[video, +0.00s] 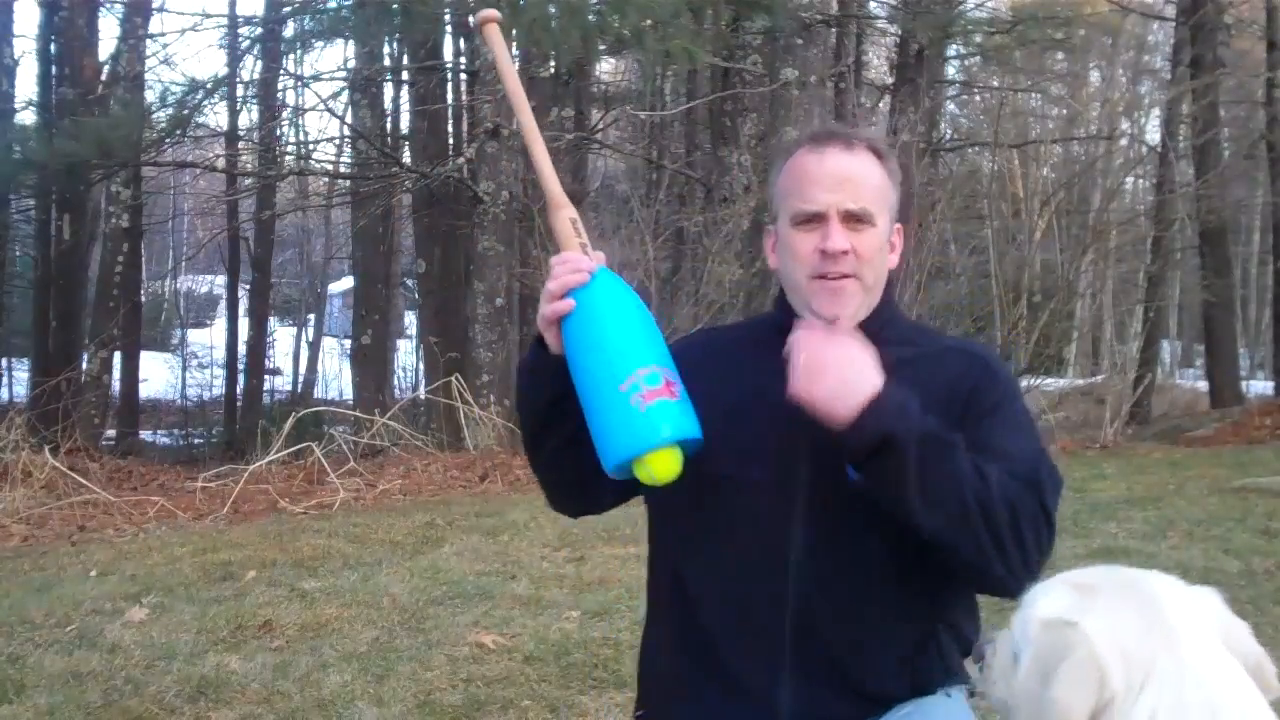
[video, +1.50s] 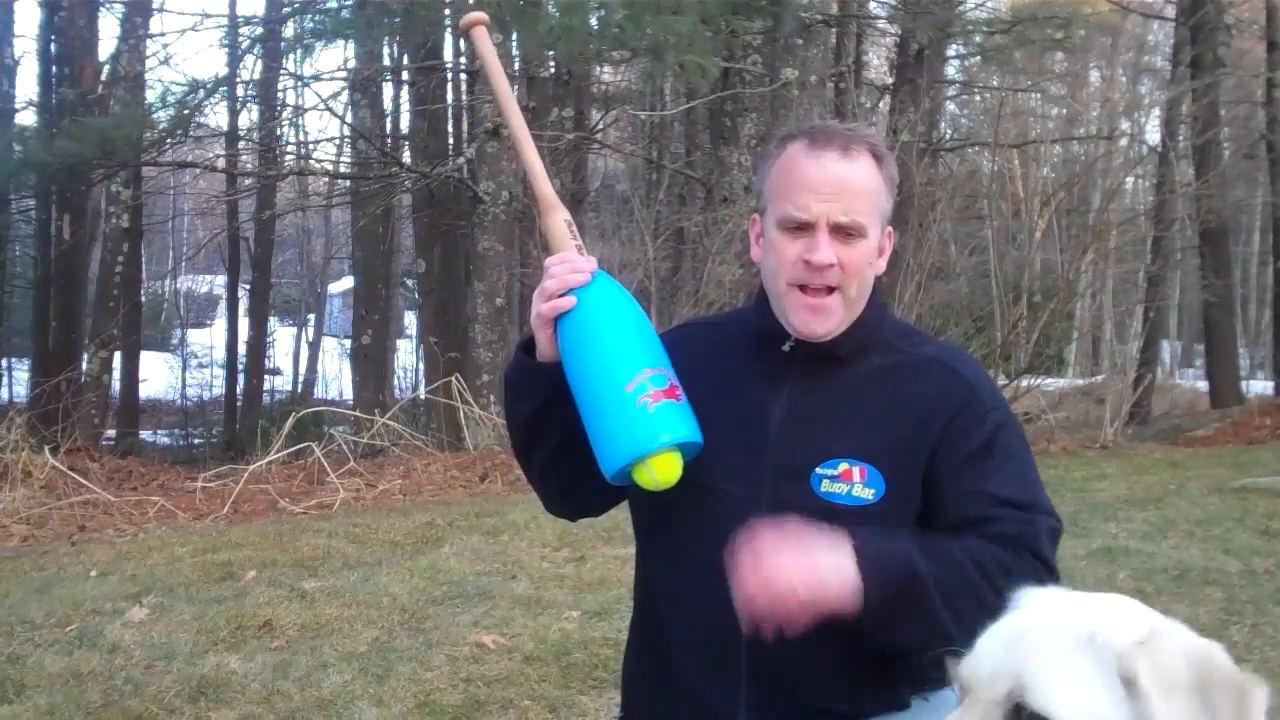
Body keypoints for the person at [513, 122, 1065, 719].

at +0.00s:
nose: (833, 243)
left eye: (857, 221)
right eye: (809, 222)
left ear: (895, 245)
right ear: (773, 247)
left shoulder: (963, 379)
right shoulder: (694, 368)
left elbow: (1015, 552)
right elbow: (580, 487)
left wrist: (876, 416)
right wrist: (553, 354)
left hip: (900, 700)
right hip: (709, 700)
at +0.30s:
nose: (807, 232)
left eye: (830, 208)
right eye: (781, 210)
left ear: (865, 230)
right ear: (743, 235)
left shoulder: (935, 367)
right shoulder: (656, 350)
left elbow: (974, 545)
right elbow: (541, 456)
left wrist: (840, 395)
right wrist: (521, 319)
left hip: (863, 694)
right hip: (678, 699)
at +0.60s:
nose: (796, 234)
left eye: (821, 210)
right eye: (771, 210)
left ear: (859, 233)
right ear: (736, 231)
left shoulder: (925, 374)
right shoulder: (652, 352)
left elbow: (931, 557)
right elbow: (534, 462)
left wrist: (756, 472)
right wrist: (518, 330)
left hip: (848, 701)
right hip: (665, 699)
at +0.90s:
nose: (804, 246)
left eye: (830, 224)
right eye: (779, 222)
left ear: (866, 244)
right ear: (742, 238)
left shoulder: (931, 385)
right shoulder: (667, 358)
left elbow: (952, 573)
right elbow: (560, 489)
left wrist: (778, 488)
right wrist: (532, 359)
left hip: (865, 703)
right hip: (672, 701)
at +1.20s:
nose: (816, 259)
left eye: (844, 237)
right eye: (793, 231)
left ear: (878, 254)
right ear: (752, 239)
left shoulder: (936, 377)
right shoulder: (674, 360)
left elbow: (977, 559)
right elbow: (576, 496)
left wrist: (850, 393)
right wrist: (536, 372)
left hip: (883, 702)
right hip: (686, 700)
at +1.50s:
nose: (820, 255)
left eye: (846, 231)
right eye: (797, 228)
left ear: (883, 250)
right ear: (757, 239)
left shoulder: (944, 391)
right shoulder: (676, 363)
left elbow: (1018, 560)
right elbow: (575, 490)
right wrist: (546, 362)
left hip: (879, 706)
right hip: (684, 703)